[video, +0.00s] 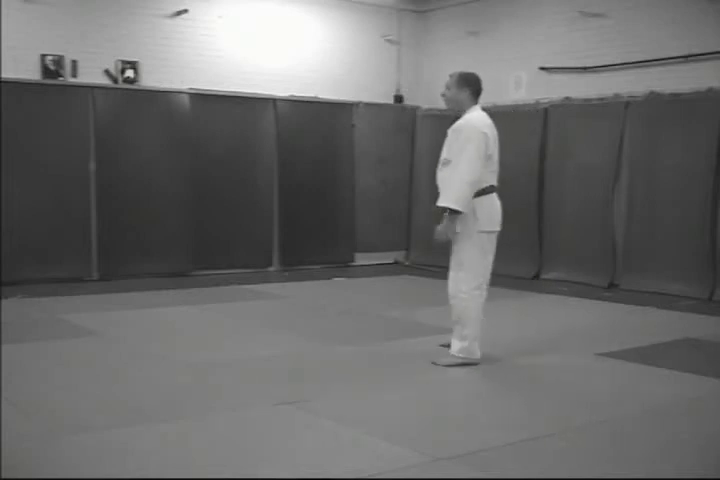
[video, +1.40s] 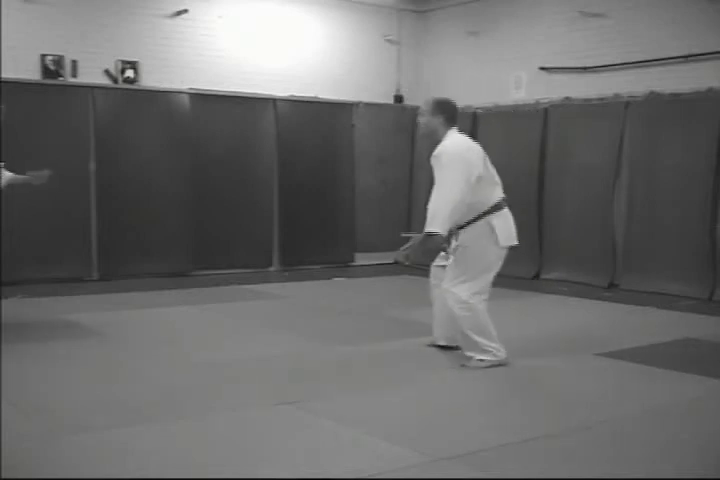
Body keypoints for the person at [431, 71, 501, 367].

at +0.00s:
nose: (443, 94)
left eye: (449, 89)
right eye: (445, 89)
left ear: (467, 93)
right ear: (469, 93)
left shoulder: (470, 126)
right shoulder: (478, 122)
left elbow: (464, 173)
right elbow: (466, 171)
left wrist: (449, 215)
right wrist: (450, 210)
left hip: (474, 209)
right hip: (480, 207)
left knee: (465, 281)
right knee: (469, 280)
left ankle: (466, 350)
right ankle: (464, 340)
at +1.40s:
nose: (418, 122)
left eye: (423, 116)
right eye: (419, 116)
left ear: (440, 120)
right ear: (442, 121)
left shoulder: (453, 150)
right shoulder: (455, 146)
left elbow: (447, 199)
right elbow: (449, 200)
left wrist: (424, 243)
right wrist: (428, 236)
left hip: (485, 229)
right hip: (472, 228)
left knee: (459, 290)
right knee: (440, 273)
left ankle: (490, 352)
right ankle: (447, 337)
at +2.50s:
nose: (387, 153)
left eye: (391, 147)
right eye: (389, 147)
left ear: (407, 147)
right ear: (415, 148)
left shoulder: (426, 173)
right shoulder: (443, 163)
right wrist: (448, 253)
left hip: (488, 230)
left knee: (443, 288)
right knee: (433, 276)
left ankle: (473, 353)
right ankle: (454, 335)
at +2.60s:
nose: (389, 160)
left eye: (383, 153)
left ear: (392, 142)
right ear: (417, 143)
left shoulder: (426, 170)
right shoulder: (448, 161)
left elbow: (436, 192)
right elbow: (482, 188)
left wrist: (397, 171)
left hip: (472, 240)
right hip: (487, 233)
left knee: (436, 301)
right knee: (433, 275)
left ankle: (473, 354)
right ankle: (449, 333)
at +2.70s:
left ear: (413, 126)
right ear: (435, 125)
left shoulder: (412, 148)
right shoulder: (449, 146)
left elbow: (375, 130)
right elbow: (433, 124)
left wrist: (367, 103)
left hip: (464, 227)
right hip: (487, 222)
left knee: (433, 295)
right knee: (446, 287)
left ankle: (472, 348)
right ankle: (457, 334)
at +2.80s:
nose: (405, 124)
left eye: (406, 121)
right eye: (406, 120)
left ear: (413, 126)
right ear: (429, 124)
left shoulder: (410, 143)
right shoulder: (444, 145)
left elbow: (375, 124)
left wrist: (368, 106)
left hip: (472, 219)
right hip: (498, 214)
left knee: (439, 288)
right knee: (503, 275)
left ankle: (466, 351)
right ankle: (516, 332)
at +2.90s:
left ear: (402, 153)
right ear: (419, 146)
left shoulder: (407, 163)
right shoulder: (443, 157)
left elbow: (371, 166)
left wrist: (374, 151)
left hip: (481, 218)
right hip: (509, 213)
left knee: (446, 287)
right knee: (486, 276)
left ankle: (461, 354)